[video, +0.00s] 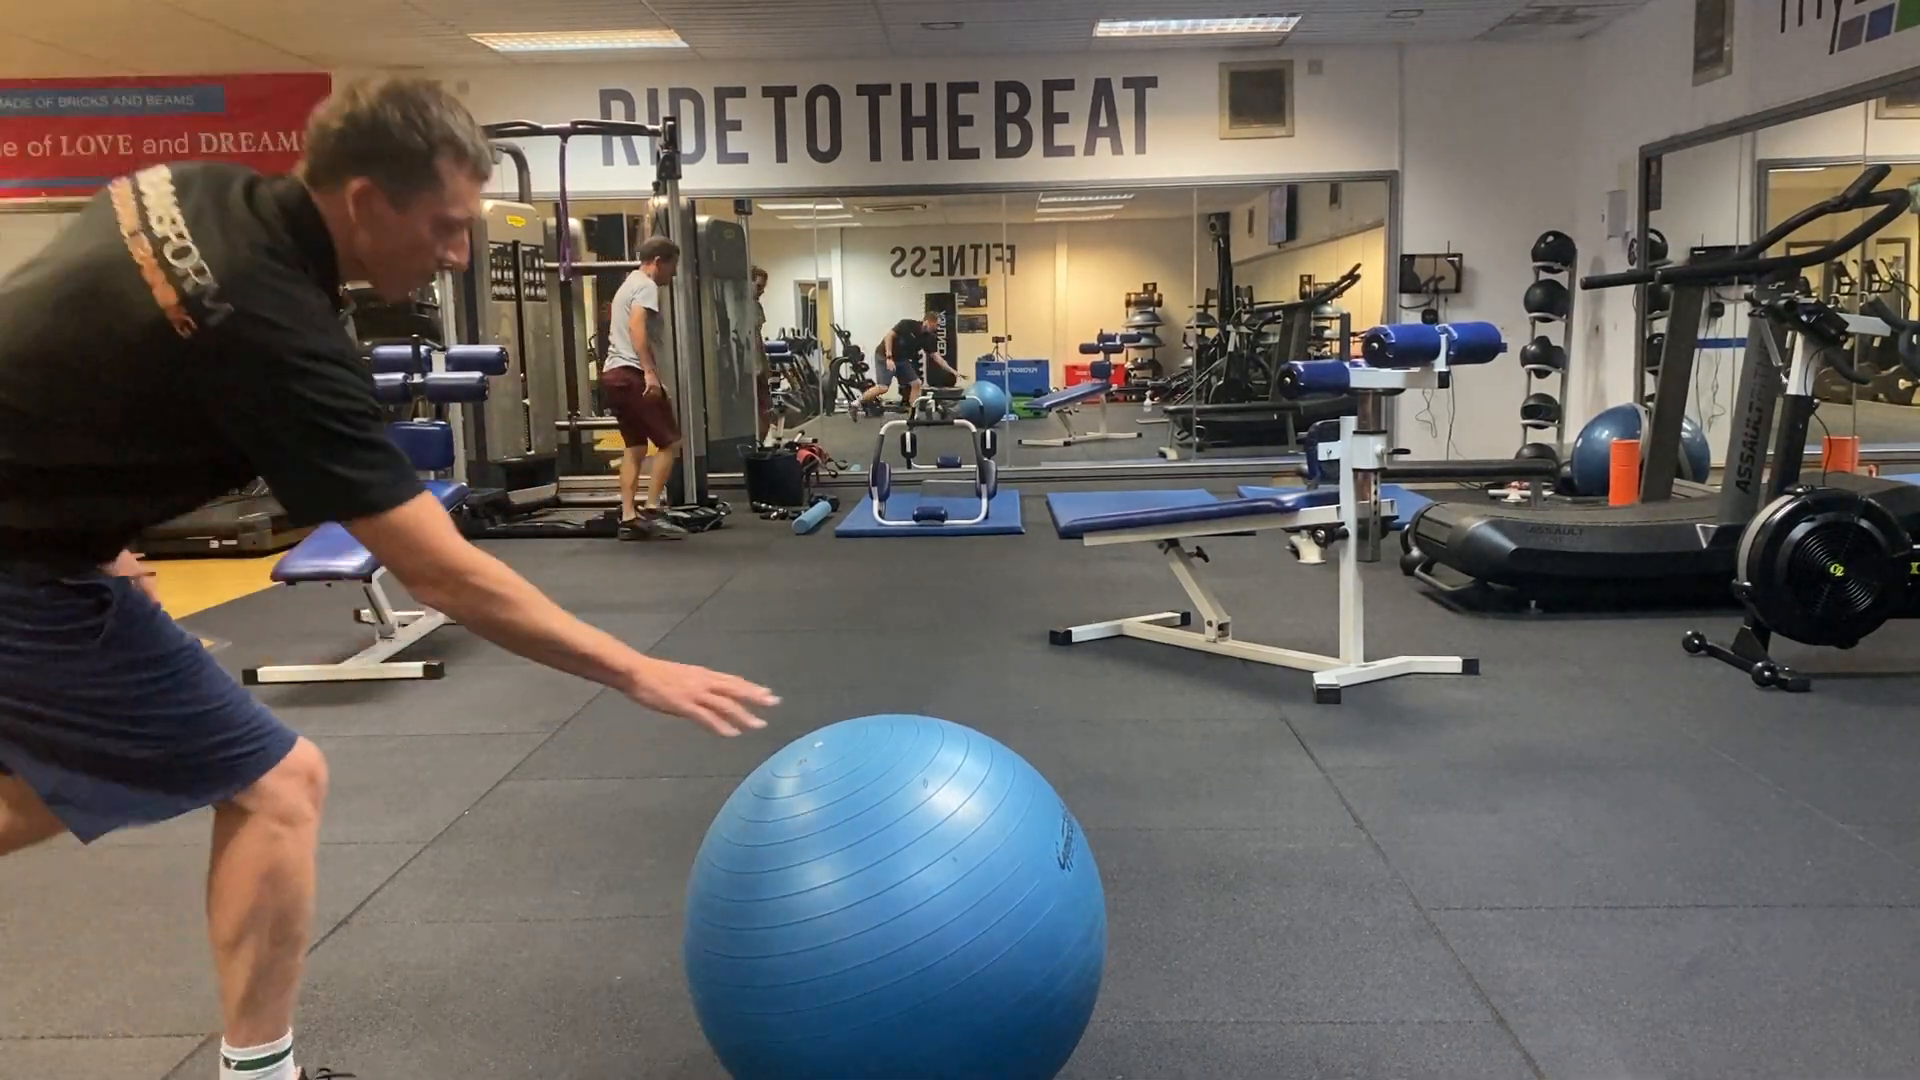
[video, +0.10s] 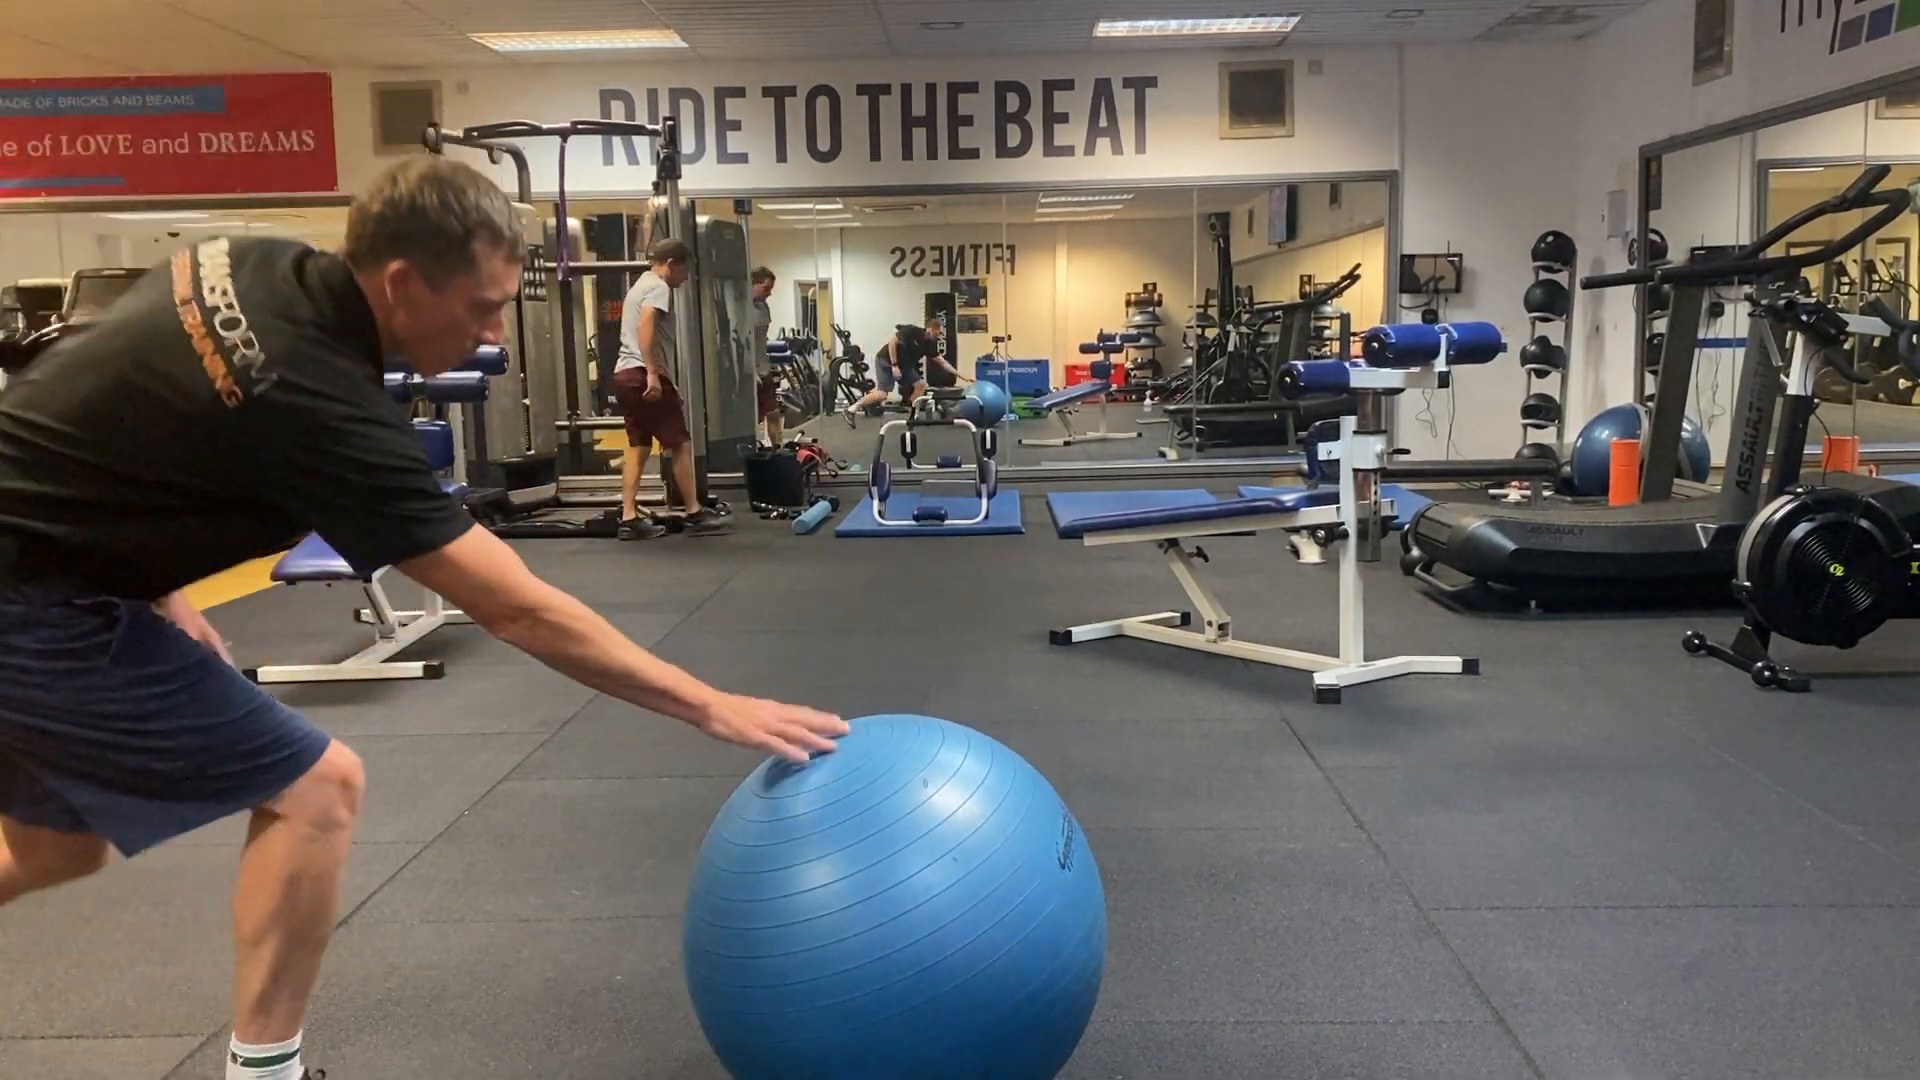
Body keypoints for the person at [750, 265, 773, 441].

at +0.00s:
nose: (761, 289)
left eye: (763, 285)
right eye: (758, 284)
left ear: (764, 285)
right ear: (750, 284)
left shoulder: (756, 305)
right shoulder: (749, 305)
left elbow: (757, 336)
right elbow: (750, 335)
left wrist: (765, 365)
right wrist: (757, 364)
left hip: (758, 367)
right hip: (750, 367)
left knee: (763, 406)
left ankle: (762, 438)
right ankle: (758, 439)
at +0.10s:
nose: (769, 292)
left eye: (771, 288)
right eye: (767, 287)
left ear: (764, 286)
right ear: (755, 284)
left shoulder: (764, 307)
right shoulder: (745, 307)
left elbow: (761, 340)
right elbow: (742, 343)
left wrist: (767, 368)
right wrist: (751, 372)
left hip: (765, 370)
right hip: (750, 372)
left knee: (773, 414)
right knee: (754, 416)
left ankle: (777, 448)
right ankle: (752, 449)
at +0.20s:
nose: (777, 295)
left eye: (779, 291)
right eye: (775, 290)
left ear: (769, 288)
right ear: (762, 286)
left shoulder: (772, 309)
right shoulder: (748, 309)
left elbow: (768, 341)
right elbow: (743, 347)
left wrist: (772, 369)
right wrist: (752, 375)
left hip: (770, 373)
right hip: (753, 374)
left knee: (779, 416)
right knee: (753, 419)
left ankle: (789, 453)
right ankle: (750, 458)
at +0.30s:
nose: (785, 297)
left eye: (787, 293)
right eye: (782, 293)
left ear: (787, 291)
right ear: (770, 287)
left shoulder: (782, 310)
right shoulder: (755, 312)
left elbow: (778, 343)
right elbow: (747, 348)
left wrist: (784, 372)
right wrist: (753, 378)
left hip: (779, 375)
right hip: (758, 376)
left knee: (785, 420)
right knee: (755, 422)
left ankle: (789, 461)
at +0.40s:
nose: (794, 295)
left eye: (796, 291)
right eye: (791, 290)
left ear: (797, 289)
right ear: (778, 285)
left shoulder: (793, 310)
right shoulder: (762, 311)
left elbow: (788, 342)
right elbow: (751, 346)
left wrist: (793, 369)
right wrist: (753, 378)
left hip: (790, 374)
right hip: (767, 375)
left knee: (792, 420)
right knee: (763, 423)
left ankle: (793, 461)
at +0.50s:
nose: (800, 292)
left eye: (803, 288)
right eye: (797, 287)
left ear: (804, 286)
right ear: (785, 282)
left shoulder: (802, 308)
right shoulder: (768, 307)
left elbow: (804, 339)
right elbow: (753, 339)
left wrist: (807, 366)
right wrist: (752, 369)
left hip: (798, 369)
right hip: (775, 369)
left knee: (796, 416)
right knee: (779, 417)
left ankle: (789, 450)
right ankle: (757, 435)